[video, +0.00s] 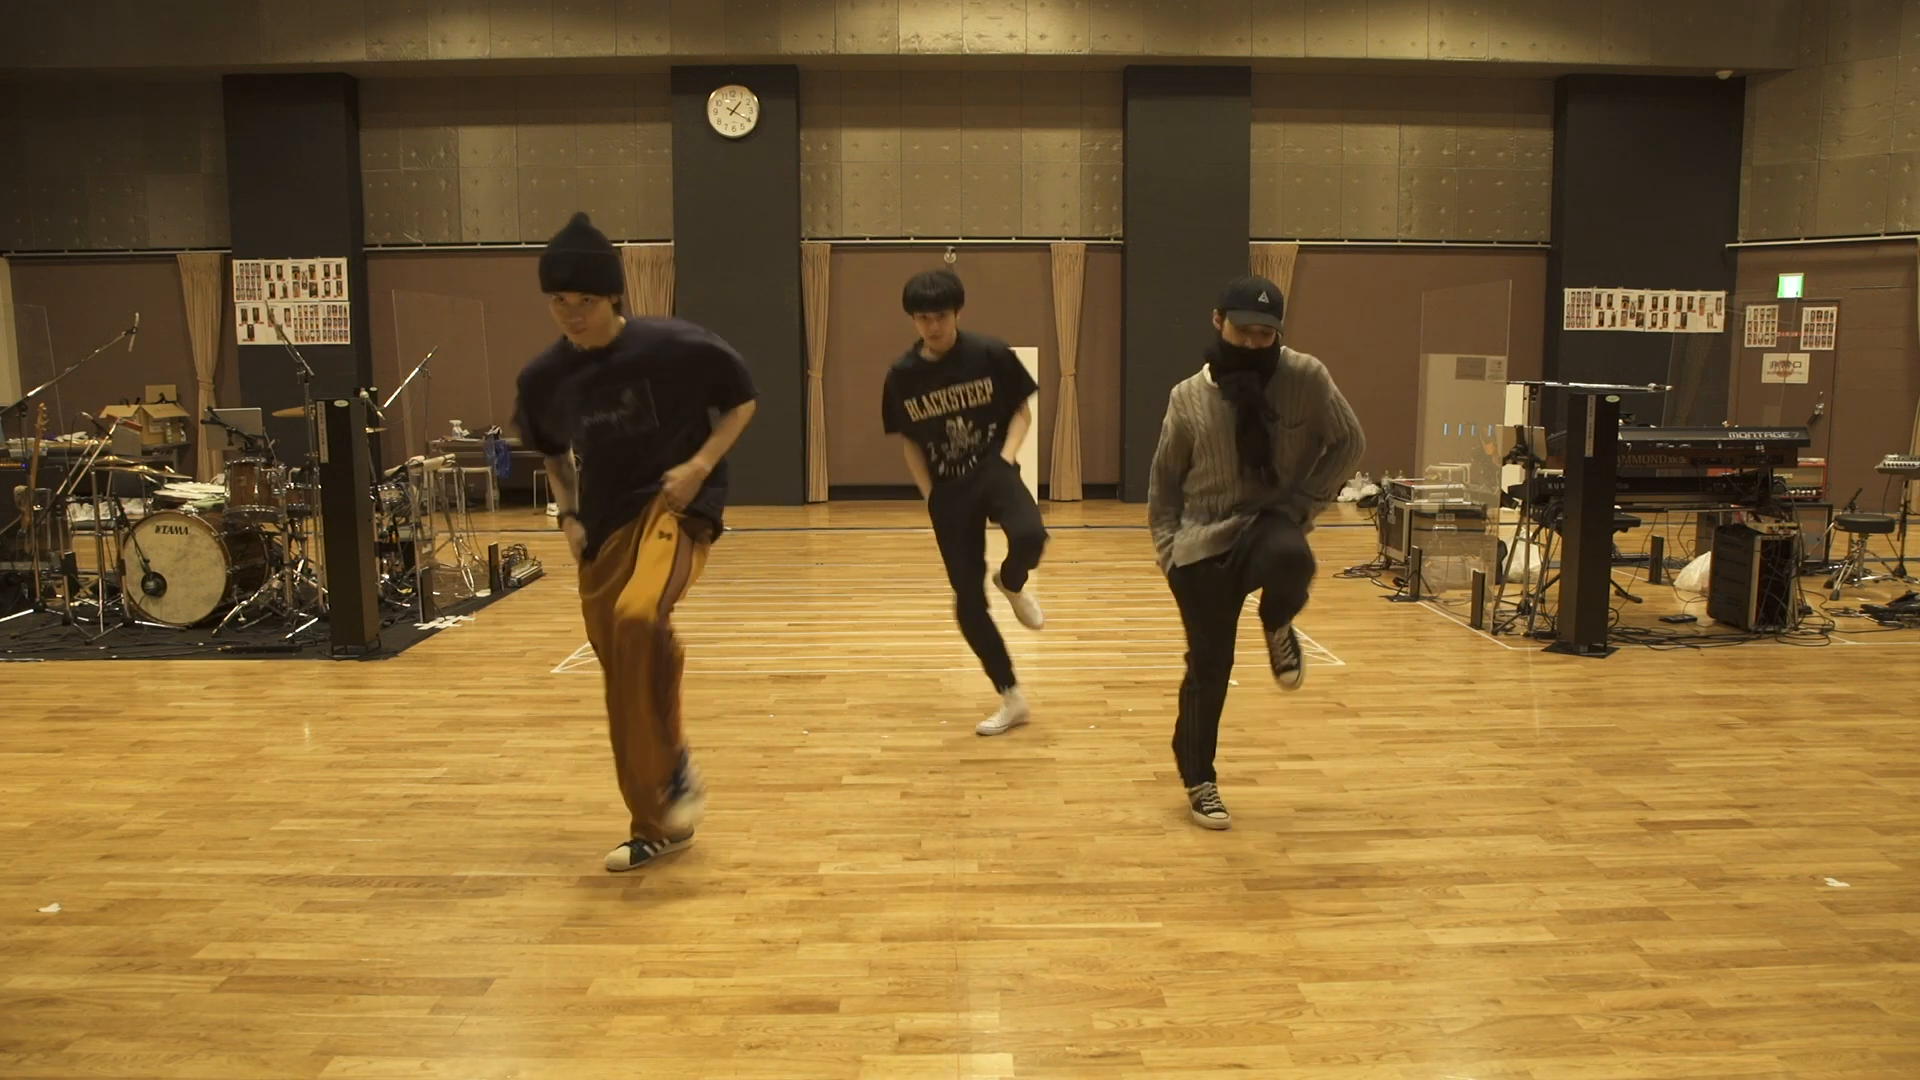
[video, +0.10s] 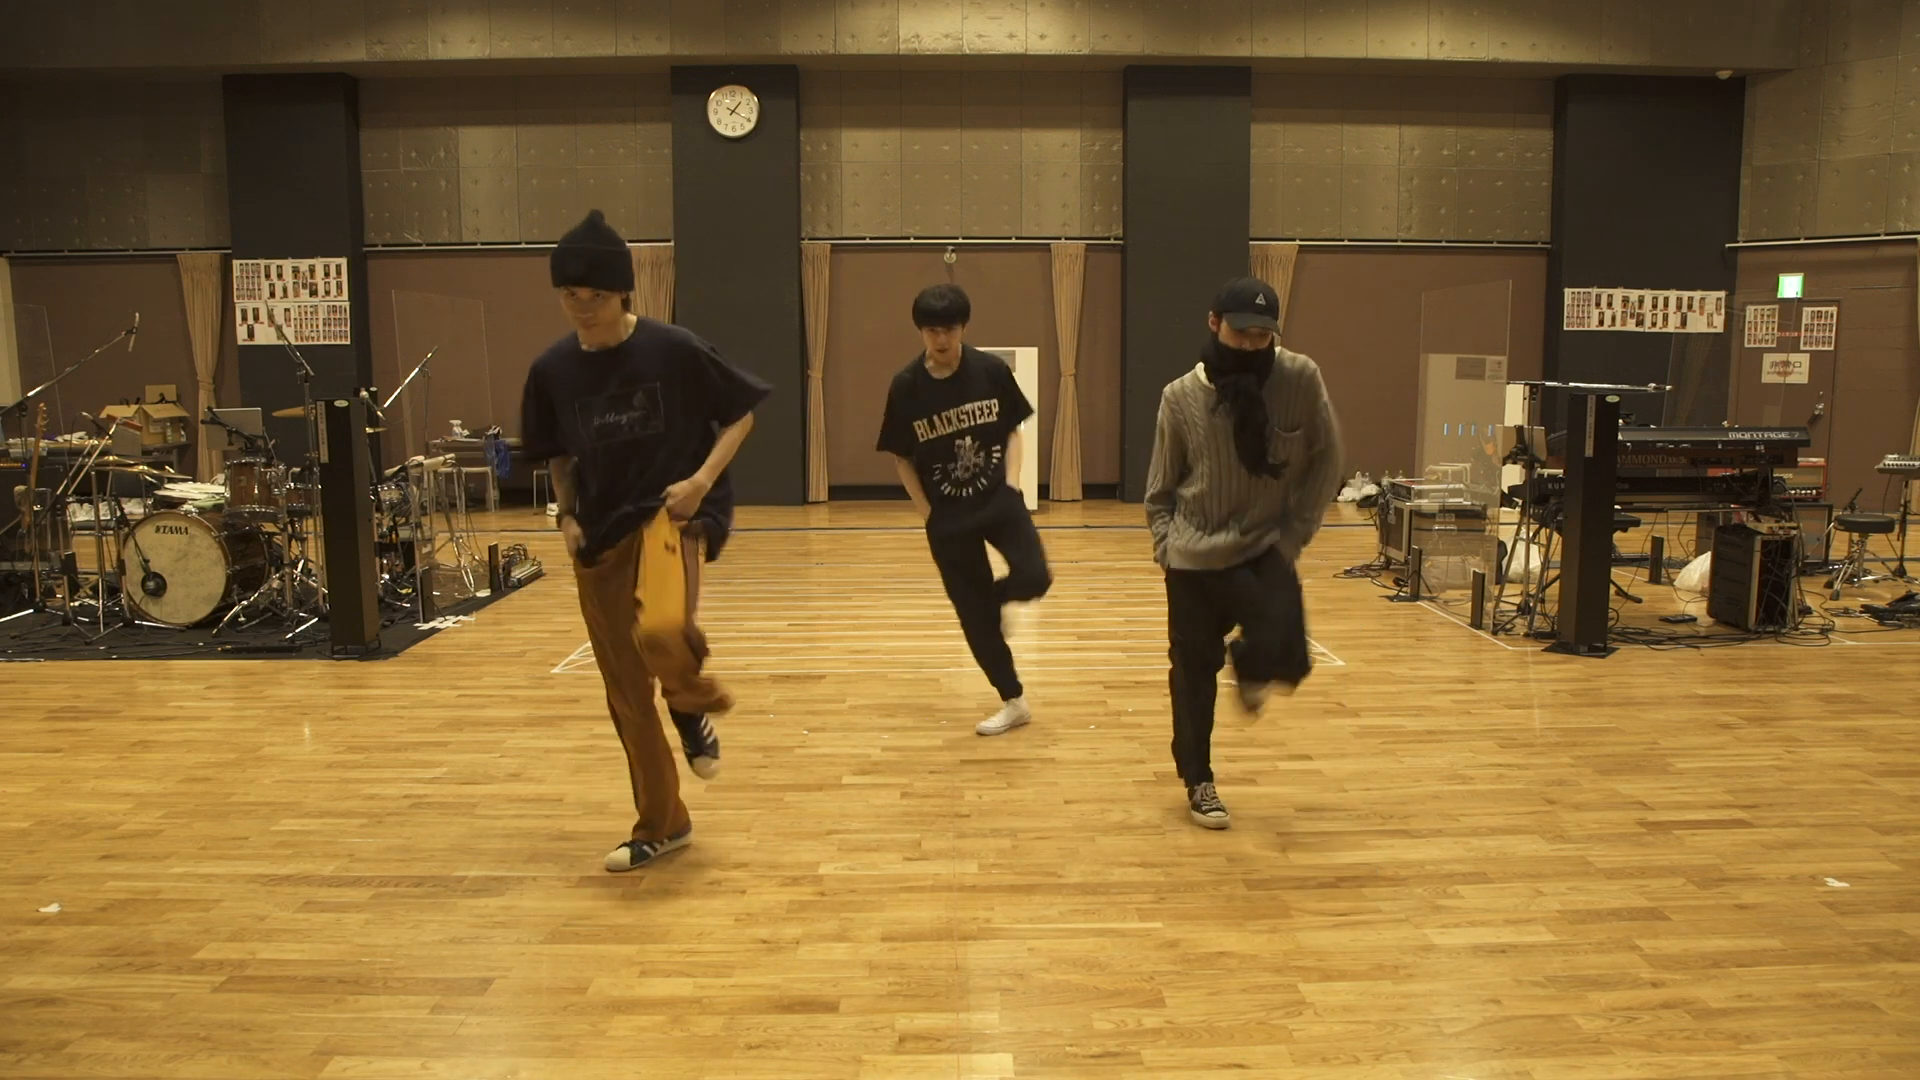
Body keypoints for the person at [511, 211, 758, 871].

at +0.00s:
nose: (568, 317)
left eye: (580, 303)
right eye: (558, 304)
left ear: (613, 295)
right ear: (548, 302)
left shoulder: (673, 345)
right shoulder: (545, 378)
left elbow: (742, 400)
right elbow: (553, 452)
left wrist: (699, 465)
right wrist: (570, 514)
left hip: (672, 512)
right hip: (604, 534)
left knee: (636, 616)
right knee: (621, 675)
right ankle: (651, 826)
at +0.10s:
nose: (579, 308)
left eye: (592, 296)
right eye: (569, 296)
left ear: (621, 291)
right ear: (558, 295)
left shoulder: (674, 350)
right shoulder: (553, 370)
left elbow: (742, 408)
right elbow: (559, 456)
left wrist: (702, 479)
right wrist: (566, 514)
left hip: (665, 521)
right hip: (597, 540)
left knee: (662, 629)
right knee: (626, 690)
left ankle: (689, 709)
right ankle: (662, 822)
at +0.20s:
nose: (589, 295)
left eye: (601, 283)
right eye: (579, 283)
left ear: (630, 279)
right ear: (567, 282)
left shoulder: (680, 344)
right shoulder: (558, 356)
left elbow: (731, 422)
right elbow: (568, 432)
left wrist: (696, 492)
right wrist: (571, 493)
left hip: (669, 535)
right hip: (599, 541)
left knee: (677, 687)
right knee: (618, 684)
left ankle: (678, 750)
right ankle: (647, 818)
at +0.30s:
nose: (601, 295)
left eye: (614, 284)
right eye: (591, 284)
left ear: (642, 284)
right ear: (579, 286)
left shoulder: (682, 359)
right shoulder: (579, 356)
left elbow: (732, 449)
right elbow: (592, 447)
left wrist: (696, 530)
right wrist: (588, 512)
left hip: (673, 544)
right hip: (607, 540)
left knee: (670, 669)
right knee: (577, 641)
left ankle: (671, 781)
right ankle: (641, 746)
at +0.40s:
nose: (605, 297)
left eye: (618, 286)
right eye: (594, 286)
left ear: (647, 286)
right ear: (582, 287)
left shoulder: (684, 360)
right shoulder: (587, 354)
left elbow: (726, 456)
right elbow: (599, 445)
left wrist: (700, 541)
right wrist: (597, 513)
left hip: (676, 550)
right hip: (611, 539)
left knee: (671, 671)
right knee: (589, 660)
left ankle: (673, 780)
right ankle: (651, 748)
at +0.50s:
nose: (610, 308)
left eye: (622, 297)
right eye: (600, 297)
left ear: (651, 296)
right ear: (588, 298)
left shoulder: (688, 368)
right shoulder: (589, 372)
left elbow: (727, 464)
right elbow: (602, 465)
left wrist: (708, 553)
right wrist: (605, 530)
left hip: (694, 559)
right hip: (629, 558)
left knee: (686, 682)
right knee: (625, 688)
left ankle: (679, 778)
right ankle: (628, 807)